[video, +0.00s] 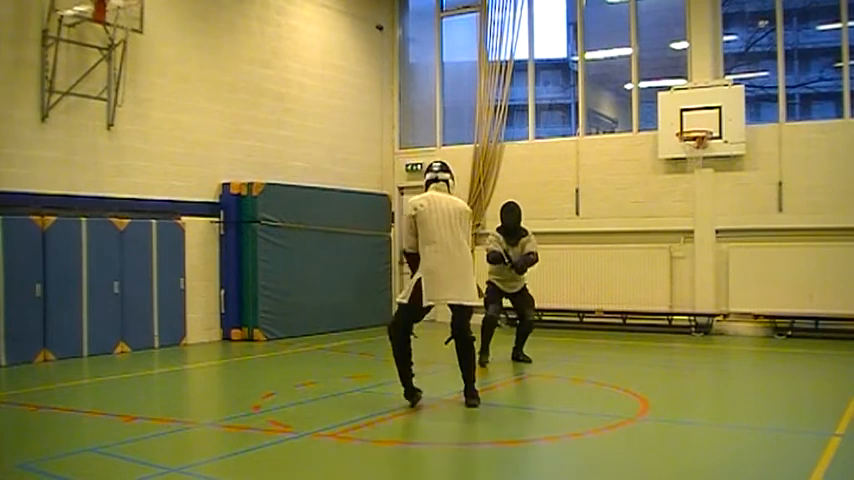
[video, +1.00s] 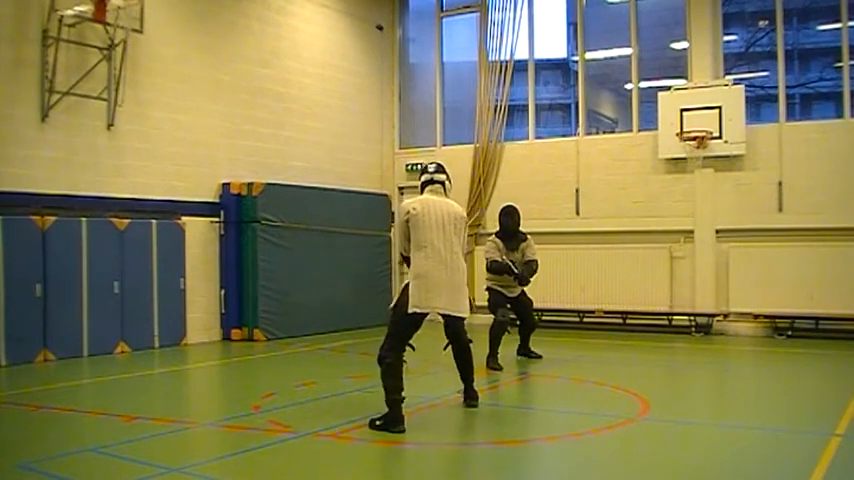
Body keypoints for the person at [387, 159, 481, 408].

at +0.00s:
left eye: (428, 179)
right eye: (446, 181)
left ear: (426, 181)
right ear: (451, 182)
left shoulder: (415, 203)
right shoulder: (463, 207)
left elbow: (410, 249)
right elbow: (466, 247)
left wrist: (421, 278)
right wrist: (459, 274)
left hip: (429, 279)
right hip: (462, 279)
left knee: (398, 328)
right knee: (462, 331)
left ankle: (409, 389)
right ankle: (471, 391)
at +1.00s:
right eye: (445, 184)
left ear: (422, 185)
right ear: (446, 185)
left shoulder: (409, 207)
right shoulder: (459, 211)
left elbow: (404, 251)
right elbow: (463, 252)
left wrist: (421, 270)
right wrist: (447, 272)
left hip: (419, 287)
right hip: (455, 288)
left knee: (390, 350)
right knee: (459, 338)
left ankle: (394, 414)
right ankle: (470, 392)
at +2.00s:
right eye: (453, 182)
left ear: (429, 182)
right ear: (454, 184)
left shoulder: (416, 206)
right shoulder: (466, 211)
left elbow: (413, 248)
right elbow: (471, 251)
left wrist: (433, 265)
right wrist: (457, 271)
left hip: (427, 284)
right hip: (460, 284)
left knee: (400, 348)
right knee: (463, 335)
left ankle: (396, 414)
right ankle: (471, 392)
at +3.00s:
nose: (487, 186)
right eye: (487, 182)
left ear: (459, 179)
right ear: (483, 182)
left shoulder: (441, 202)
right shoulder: (491, 206)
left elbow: (439, 241)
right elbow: (497, 253)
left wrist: (455, 262)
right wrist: (477, 267)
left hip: (447, 281)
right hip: (481, 283)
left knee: (433, 339)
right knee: (483, 335)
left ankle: (449, 400)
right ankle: (474, 392)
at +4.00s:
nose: (501, 177)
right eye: (500, 172)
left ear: (473, 174)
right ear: (497, 173)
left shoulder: (462, 201)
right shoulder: (509, 194)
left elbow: (468, 240)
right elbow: (524, 234)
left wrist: (524, 241)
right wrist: (538, 232)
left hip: (476, 282)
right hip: (511, 280)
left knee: (466, 341)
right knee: (524, 333)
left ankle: (459, 401)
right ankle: (535, 386)